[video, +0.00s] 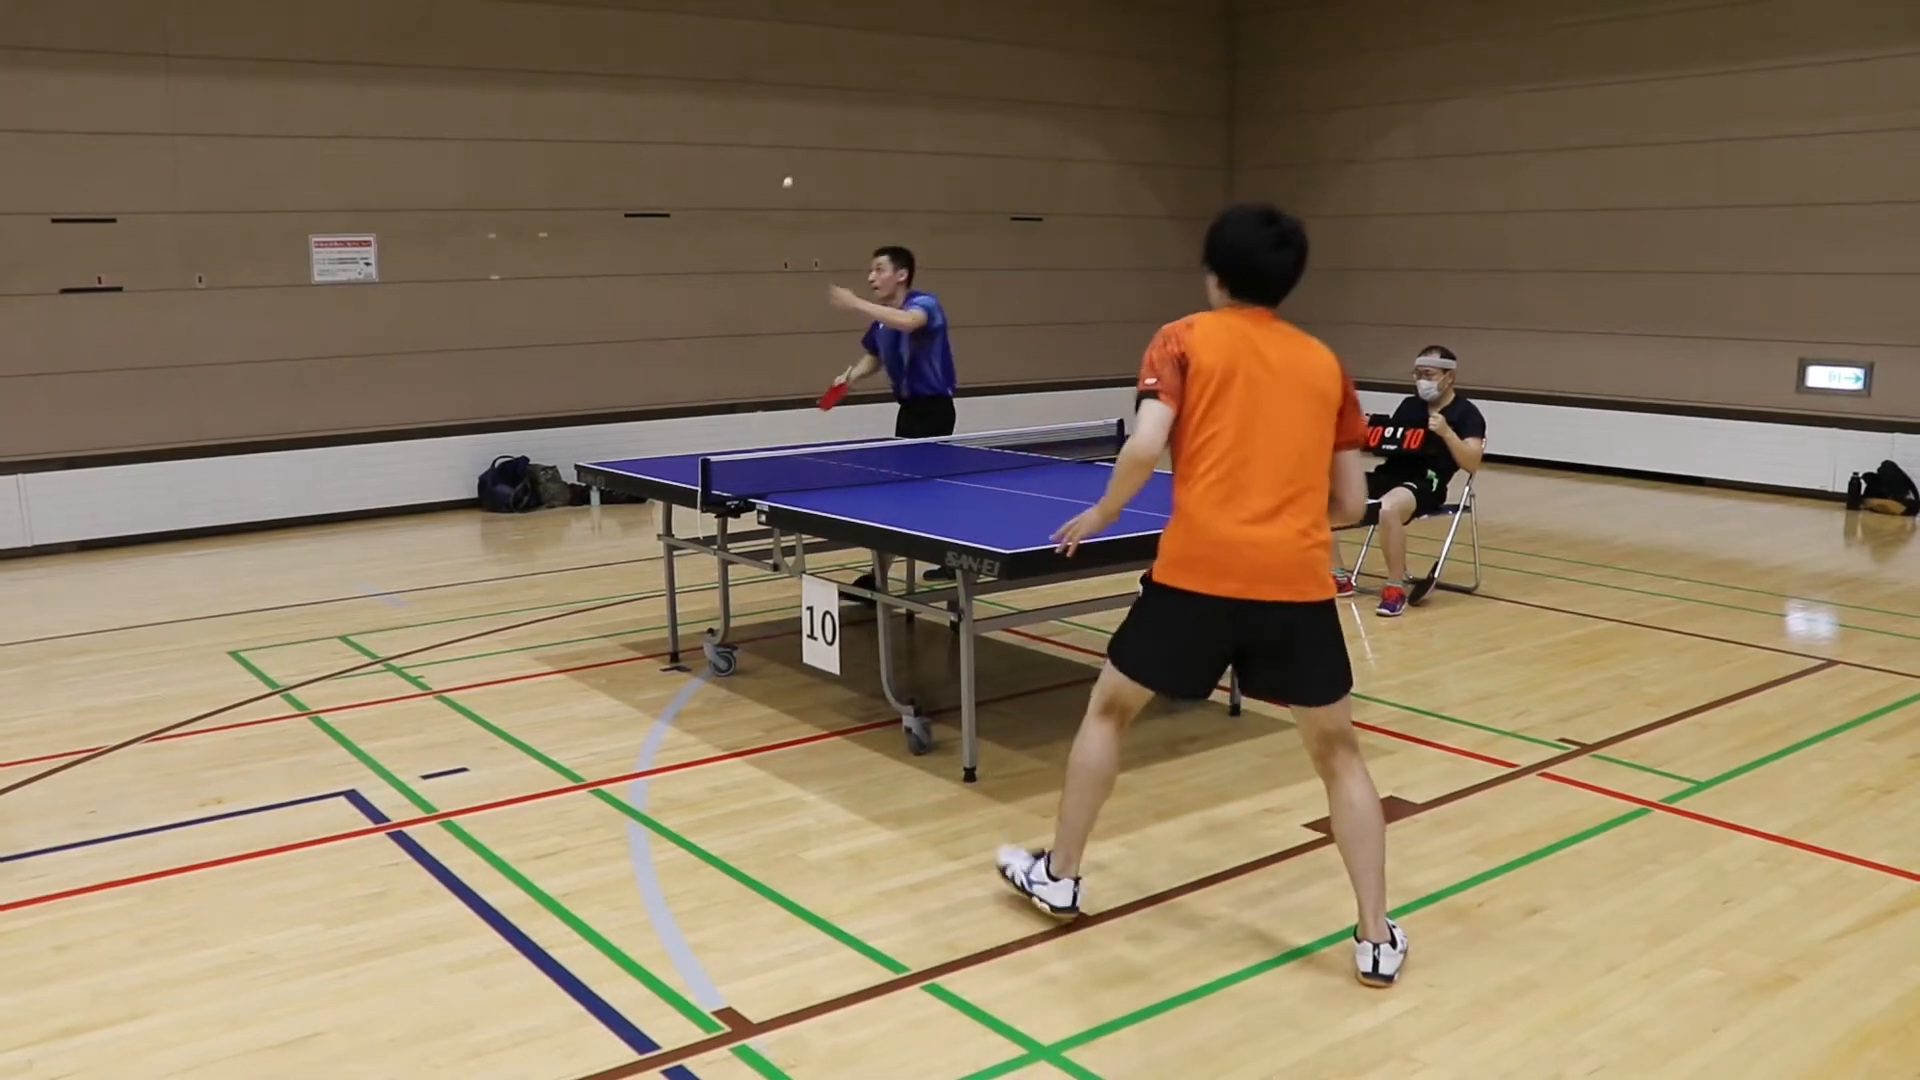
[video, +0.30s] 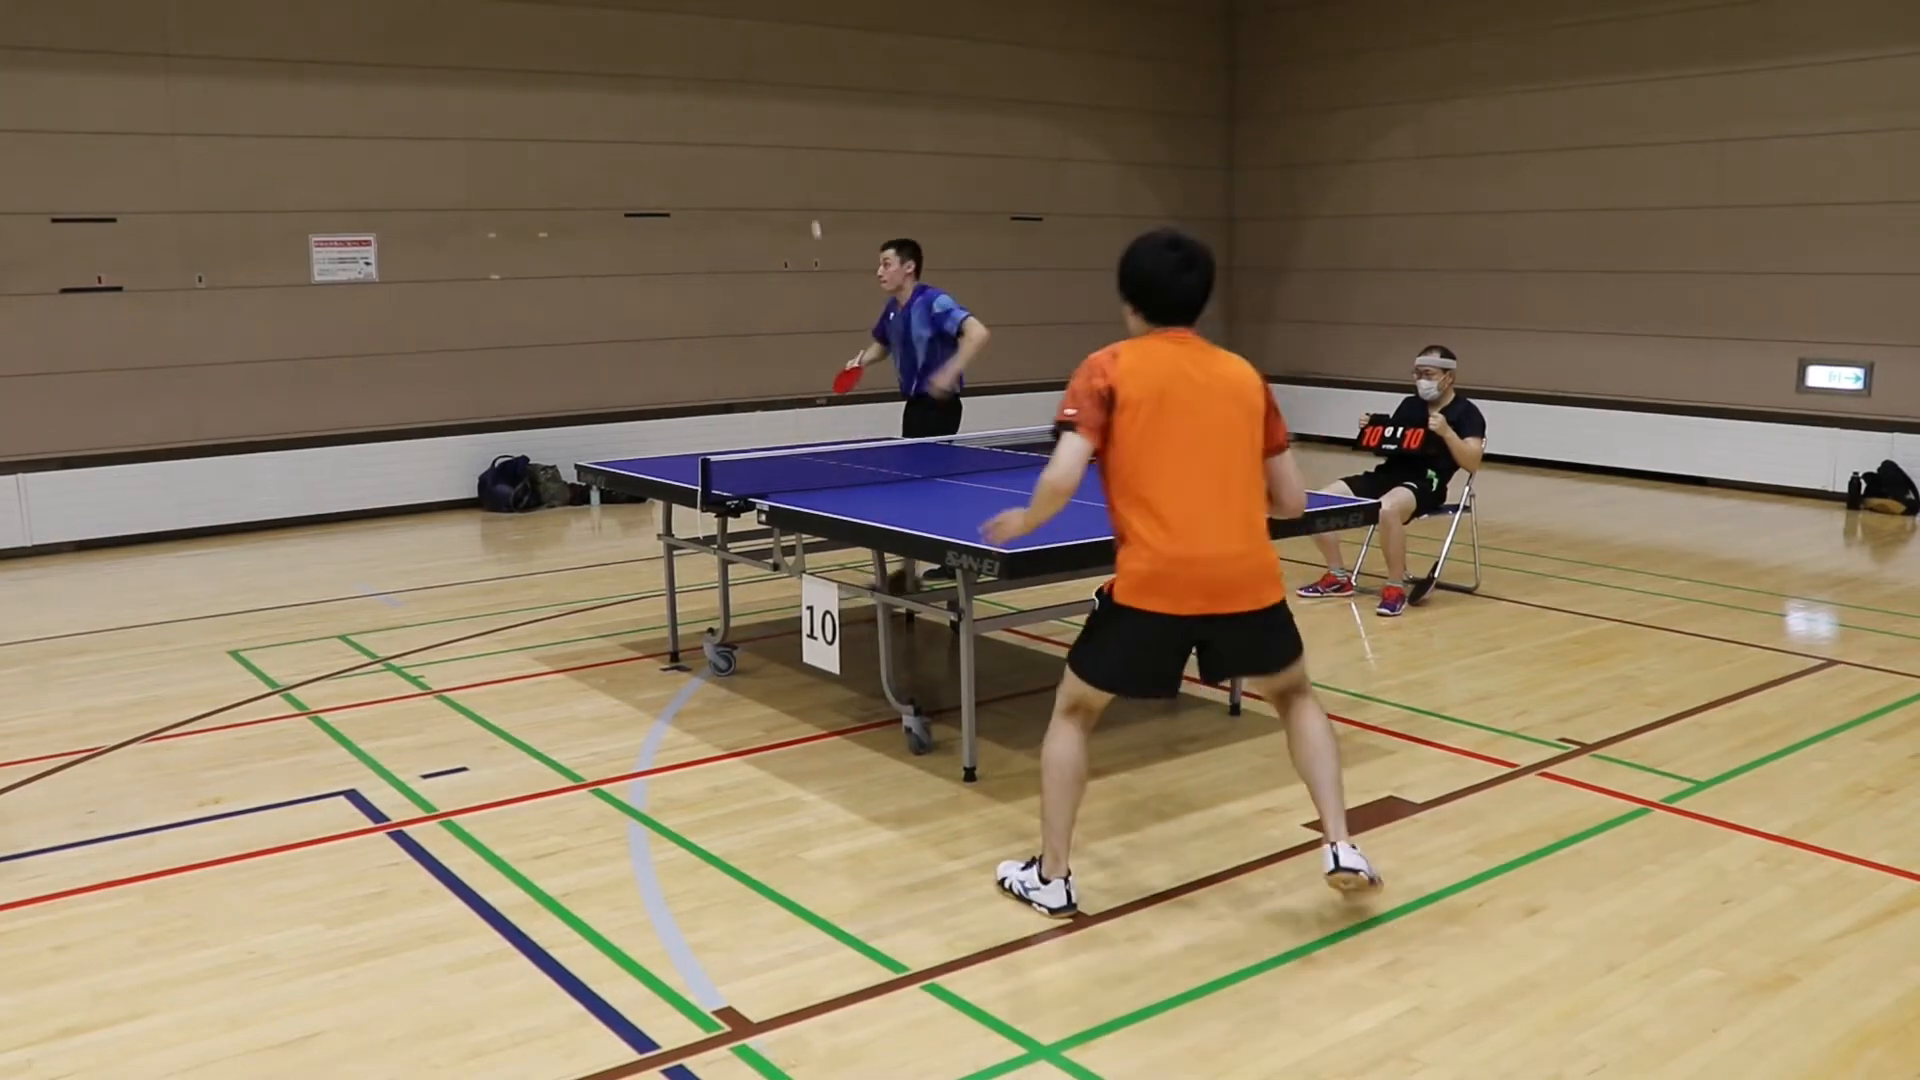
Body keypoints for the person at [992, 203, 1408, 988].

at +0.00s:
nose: (1206, 277)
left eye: (1209, 267)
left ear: (1215, 274)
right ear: (1291, 281)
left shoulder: (1185, 340)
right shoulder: (1324, 365)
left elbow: (1144, 449)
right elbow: (1350, 503)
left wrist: (1101, 513)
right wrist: (1281, 511)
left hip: (1195, 579)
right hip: (1298, 590)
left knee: (1110, 710)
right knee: (1338, 749)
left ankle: (1060, 872)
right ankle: (1376, 936)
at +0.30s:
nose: (1122, 304)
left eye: (1125, 295)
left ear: (1131, 299)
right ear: (1201, 302)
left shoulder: (1108, 369)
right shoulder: (1243, 375)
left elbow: (1063, 478)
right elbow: (1291, 499)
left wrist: (1023, 521)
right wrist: (1229, 498)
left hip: (1151, 587)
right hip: (1249, 583)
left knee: (1074, 712)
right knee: (1295, 694)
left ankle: (1052, 873)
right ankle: (1341, 844)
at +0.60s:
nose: (1130, 329)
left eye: (1132, 320)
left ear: (1140, 323)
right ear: (1206, 324)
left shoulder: (1133, 386)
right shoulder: (1253, 391)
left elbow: (1075, 500)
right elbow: (1302, 493)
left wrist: (1044, 501)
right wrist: (1234, 482)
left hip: (1183, 599)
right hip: (1270, 594)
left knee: (1079, 702)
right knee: (1280, 689)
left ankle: (1054, 870)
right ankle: (1324, 822)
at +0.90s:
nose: (1115, 368)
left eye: (1116, 358)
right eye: (1118, 357)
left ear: (1127, 361)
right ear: (1187, 357)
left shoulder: (1127, 417)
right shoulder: (1231, 415)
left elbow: (1051, 525)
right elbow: (1272, 484)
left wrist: (1032, 513)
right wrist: (1212, 499)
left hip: (1190, 627)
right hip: (1272, 620)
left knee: (1049, 708)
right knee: (1268, 693)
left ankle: (998, 875)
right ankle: (1323, 822)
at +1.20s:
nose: (1014, 366)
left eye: (1015, 354)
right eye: (1015, 354)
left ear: (1027, 355)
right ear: (1090, 345)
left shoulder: (1033, 404)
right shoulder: (1133, 409)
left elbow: (944, 492)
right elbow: (1134, 523)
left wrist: (900, 471)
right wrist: (1056, 590)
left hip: (1078, 624)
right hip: (1171, 616)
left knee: (946, 691)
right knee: (1235, 716)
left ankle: (960, 865)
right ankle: (1315, 821)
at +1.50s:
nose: (1010, 346)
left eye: (1012, 337)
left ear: (1018, 344)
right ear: (1090, 342)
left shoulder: (993, 421)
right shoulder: (1134, 419)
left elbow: (922, 544)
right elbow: (1203, 517)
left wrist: (925, 542)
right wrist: (1158, 464)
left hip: (1025, 644)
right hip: (1126, 642)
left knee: (920, 743)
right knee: (1194, 749)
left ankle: (851, 901)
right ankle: (1281, 895)